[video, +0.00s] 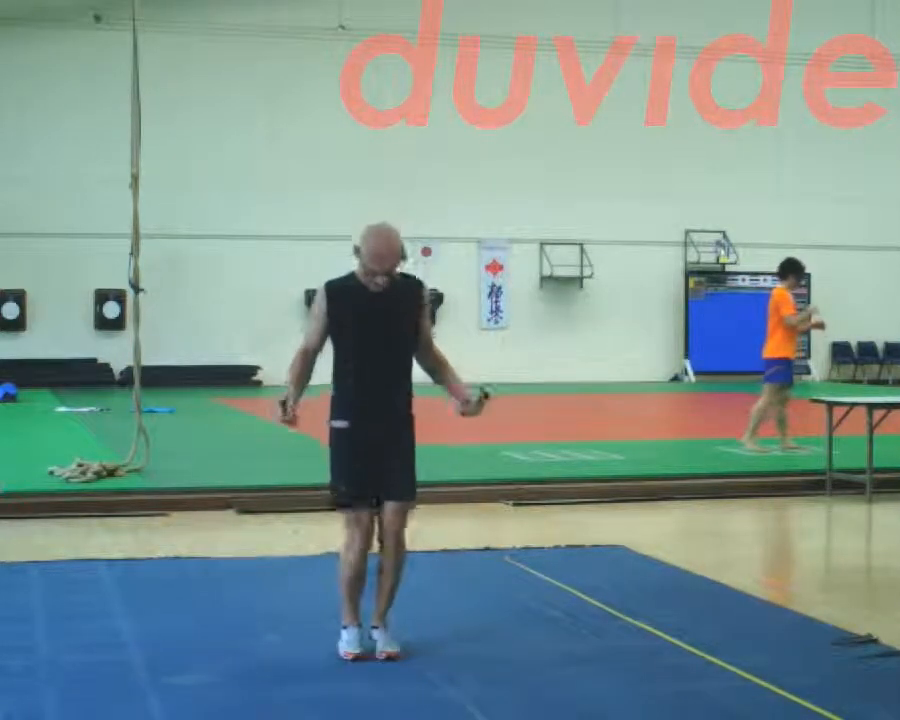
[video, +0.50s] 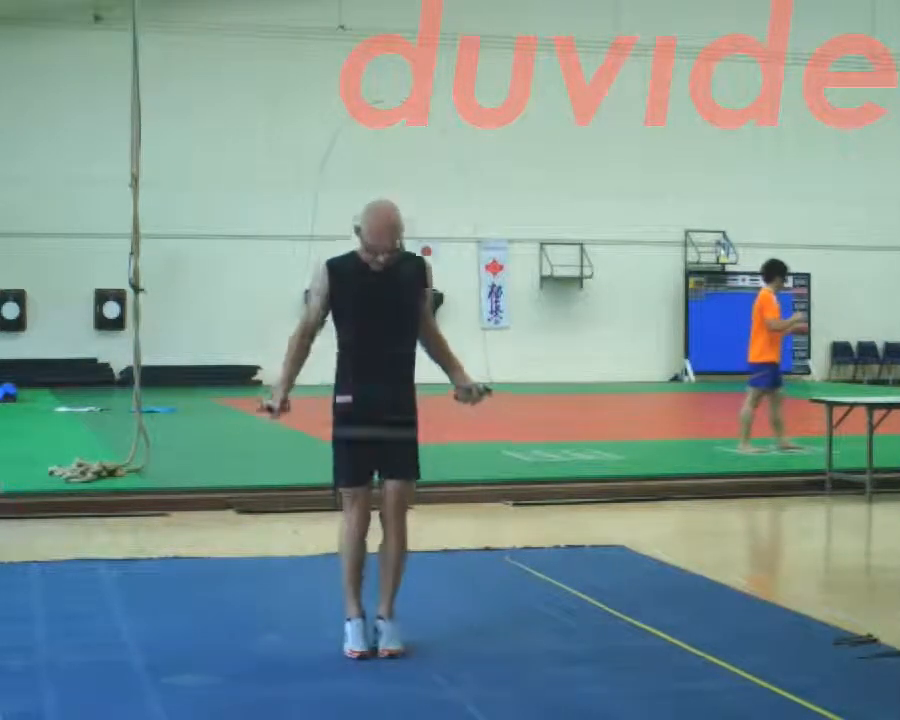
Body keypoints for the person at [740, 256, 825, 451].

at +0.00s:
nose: (800, 282)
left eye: (801, 278)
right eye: (799, 278)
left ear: (786, 276)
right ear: (790, 276)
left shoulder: (784, 295)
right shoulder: (781, 294)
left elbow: (792, 326)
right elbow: (790, 320)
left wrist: (811, 325)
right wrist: (808, 313)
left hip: (783, 354)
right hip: (777, 354)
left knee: (783, 399)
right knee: (769, 397)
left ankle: (784, 440)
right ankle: (749, 437)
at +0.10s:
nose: (796, 283)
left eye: (797, 279)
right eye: (795, 278)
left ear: (784, 277)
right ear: (786, 276)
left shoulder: (782, 297)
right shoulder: (775, 294)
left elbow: (789, 327)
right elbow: (784, 320)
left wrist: (810, 326)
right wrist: (803, 312)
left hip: (782, 355)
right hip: (773, 355)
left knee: (781, 400)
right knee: (764, 397)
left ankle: (785, 440)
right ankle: (746, 438)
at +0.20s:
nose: (792, 283)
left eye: (793, 280)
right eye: (791, 279)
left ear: (779, 277)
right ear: (784, 277)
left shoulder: (777, 297)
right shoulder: (772, 295)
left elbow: (782, 328)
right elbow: (778, 323)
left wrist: (804, 327)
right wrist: (797, 315)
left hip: (776, 356)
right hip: (768, 356)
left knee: (779, 400)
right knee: (758, 399)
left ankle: (785, 440)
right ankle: (745, 440)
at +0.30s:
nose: (789, 284)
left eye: (789, 280)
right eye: (787, 280)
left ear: (778, 278)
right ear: (779, 278)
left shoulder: (774, 298)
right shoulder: (768, 296)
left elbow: (778, 329)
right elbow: (774, 324)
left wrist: (798, 327)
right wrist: (794, 317)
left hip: (772, 357)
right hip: (764, 357)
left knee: (778, 400)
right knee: (754, 399)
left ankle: (785, 440)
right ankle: (743, 441)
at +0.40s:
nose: (787, 282)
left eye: (787, 278)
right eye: (786, 278)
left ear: (773, 277)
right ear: (778, 277)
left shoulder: (772, 297)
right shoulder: (767, 296)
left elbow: (774, 326)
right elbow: (771, 324)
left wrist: (794, 327)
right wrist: (793, 319)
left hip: (770, 358)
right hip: (762, 358)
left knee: (777, 398)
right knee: (752, 400)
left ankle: (783, 440)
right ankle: (743, 442)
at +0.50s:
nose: (784, 282)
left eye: (784, 278)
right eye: (783, 278)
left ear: (769, 277)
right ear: (776, 277)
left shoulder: (771, 297)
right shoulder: (766, 296)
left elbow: (774, 326)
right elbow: (771, 324)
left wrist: (794, 327)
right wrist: (794, 320)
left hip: (771, 358)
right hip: (762, 358)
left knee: (776, 399)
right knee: (752, 401)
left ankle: (782, 440)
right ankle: (744, 442)